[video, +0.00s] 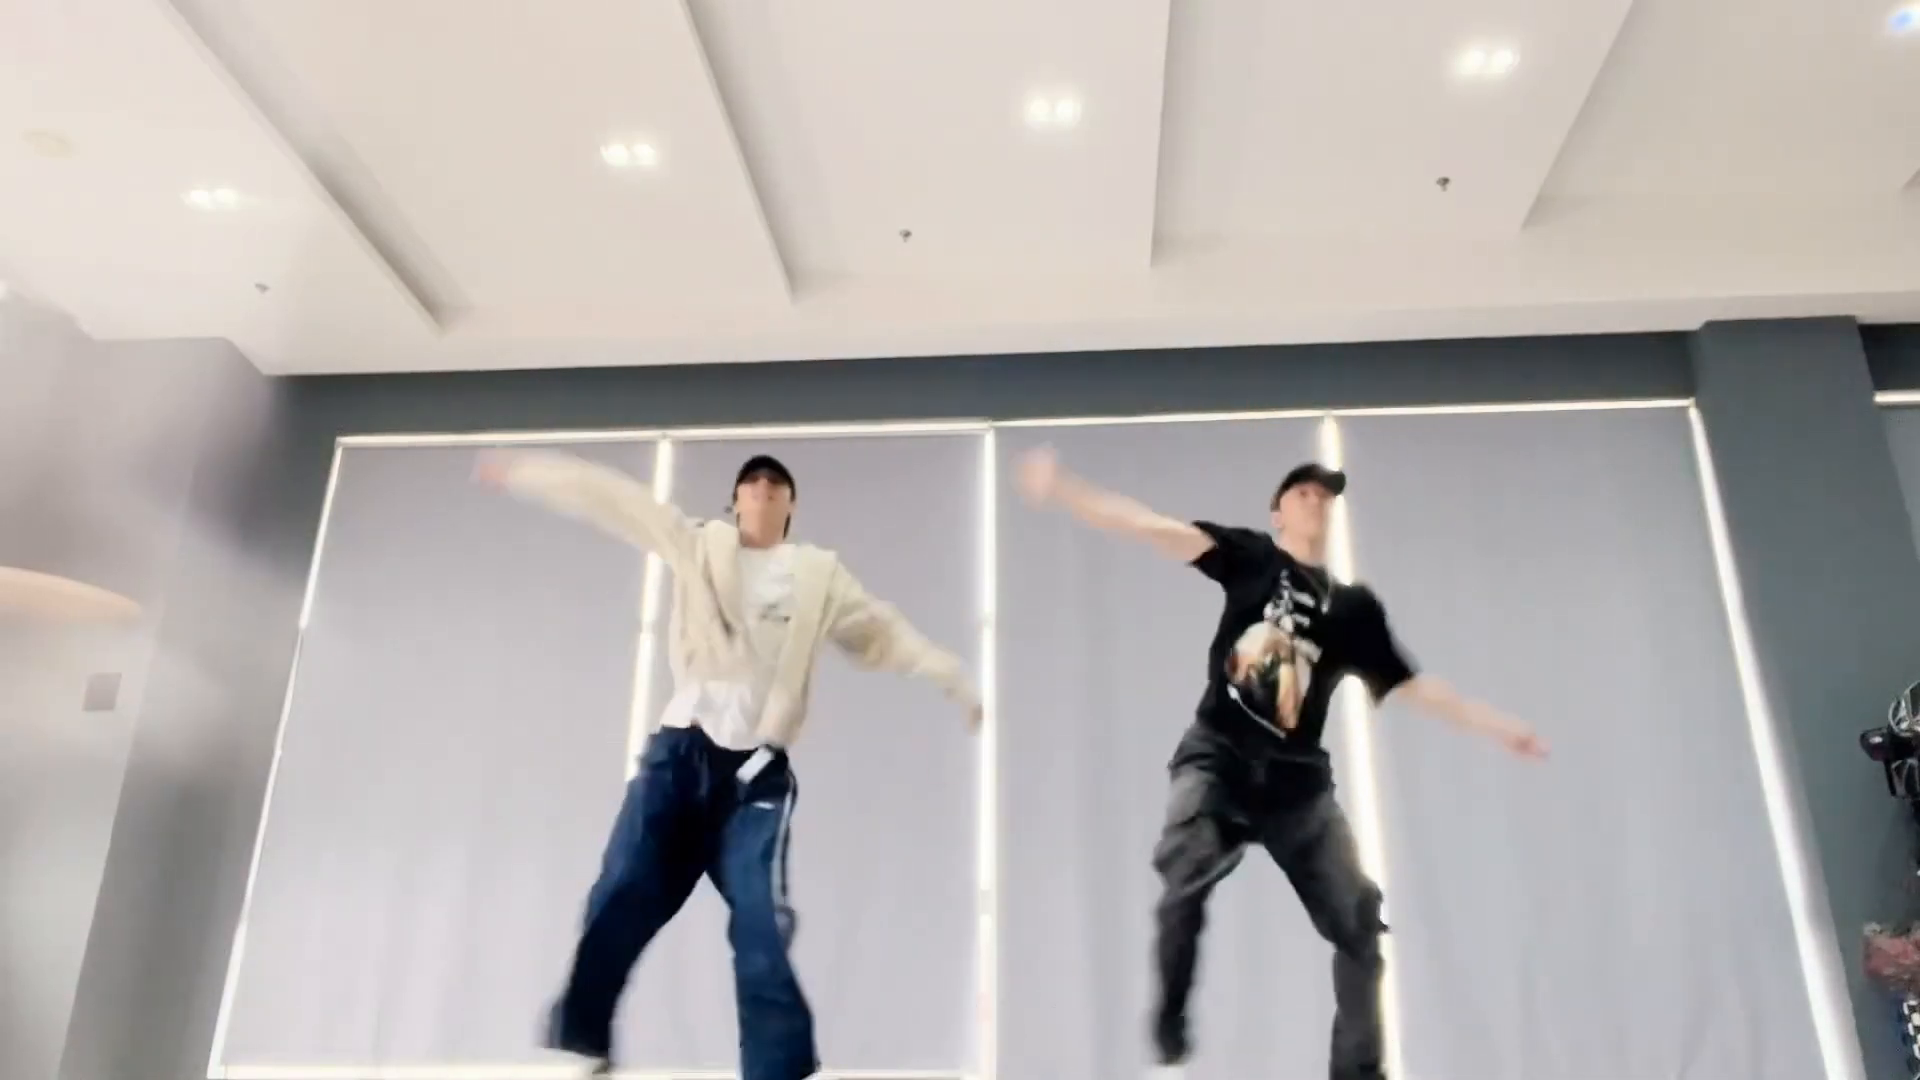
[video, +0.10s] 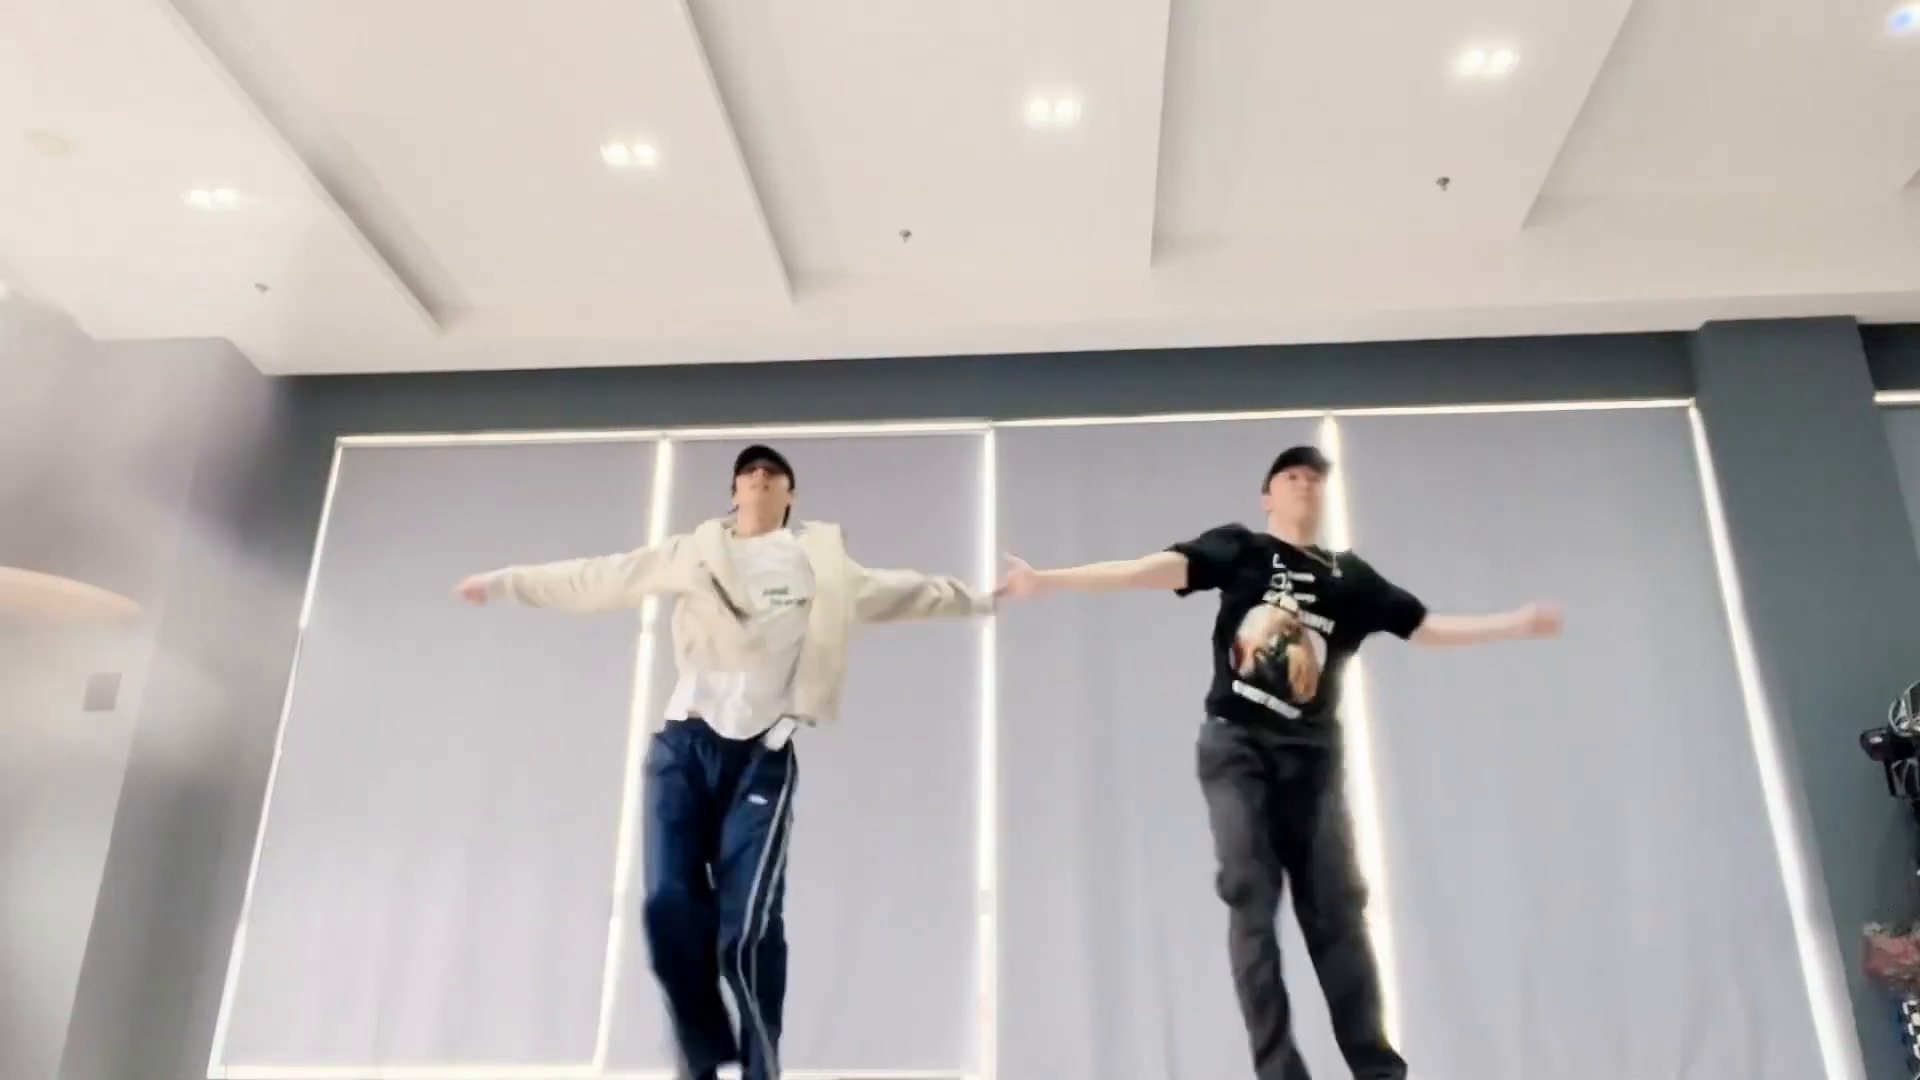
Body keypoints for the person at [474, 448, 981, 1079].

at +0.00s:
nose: (757, 492)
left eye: (770, 486)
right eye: (749, 485)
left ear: (790, 510)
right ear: (733, 503)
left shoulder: (819, 573)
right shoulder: (697, 542)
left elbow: (884, 635)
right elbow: (610, 496)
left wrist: (959, 681)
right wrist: (520, 470)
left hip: (758, 772)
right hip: (679, 755)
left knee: (761, 925)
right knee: (623, 894)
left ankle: (782, 1071)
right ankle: (577, 1047)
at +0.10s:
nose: (755, 483)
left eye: (768, 477)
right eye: (746, 477)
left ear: (789, 498)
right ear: (731, 495)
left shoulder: (821, 563)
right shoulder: (694, 551)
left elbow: (904, 594)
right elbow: (600, 577)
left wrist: (990, 593)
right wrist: (506, 583)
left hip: (763, 755)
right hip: (683, 744)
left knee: (747, 921)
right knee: (668, 904)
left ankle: (759, 1069)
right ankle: (704, 1064)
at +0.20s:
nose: (754, 486)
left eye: (767, 481)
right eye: (744, 479)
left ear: (785, 504)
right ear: (726, 501)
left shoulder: (811, 560)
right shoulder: (688, 557)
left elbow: (883, 606)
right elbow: (602, 586)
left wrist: (936, 543)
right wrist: (526, 550)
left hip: (777, 751)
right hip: (696, 746)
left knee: (768, 917)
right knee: (683, 916)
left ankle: (753, 1066)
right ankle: (704, 1063)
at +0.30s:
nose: (750, 519)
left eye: (763, 512)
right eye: (738, 511)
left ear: (779, 532)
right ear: (722, 530)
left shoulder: (812, 589)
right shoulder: (689, 585)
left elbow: (901, 578)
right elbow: (594, 567)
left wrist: (843, 557)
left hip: (780, 784)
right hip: (697, 779)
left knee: (786, 940)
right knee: (672, 944)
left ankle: (752, 1070)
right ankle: (709, 1067)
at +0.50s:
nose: (748, 490)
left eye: (761, 483)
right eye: (737, 483)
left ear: (779, 505)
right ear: (722, 504)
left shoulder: (815, 561)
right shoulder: (686, 565)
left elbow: (883, 621)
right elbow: (635, 638)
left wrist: (867, 636)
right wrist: (614, 640)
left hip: (781, 777)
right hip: (697, 777)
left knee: (787, 933)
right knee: (676, 930)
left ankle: (757, 1069)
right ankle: (702, 1067)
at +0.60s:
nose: (754, 477)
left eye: (766, 470)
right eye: (743, 470)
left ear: (783, 491)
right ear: (726, 488)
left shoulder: (810, 558)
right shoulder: (693, 557)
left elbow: (825, 661)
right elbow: (671, 660)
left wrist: (834, 750)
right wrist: (651, 757)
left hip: (775, 755)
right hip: (697, 752)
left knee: (769, 909)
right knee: (692, 908)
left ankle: (751, 1060)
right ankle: (700, 1061)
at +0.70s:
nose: (753, 477)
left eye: (766, 470)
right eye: (743, 470)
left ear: (784, 490)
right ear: (727, 488)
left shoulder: (812, 558)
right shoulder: (692, 554)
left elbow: (816, 665)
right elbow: (666, 663)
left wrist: (838, 724)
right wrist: (630, 742)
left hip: (776, 760)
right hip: (697, 758)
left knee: (769, 918)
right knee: (698, 922)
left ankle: (748, 1067)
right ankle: (698, 1067)